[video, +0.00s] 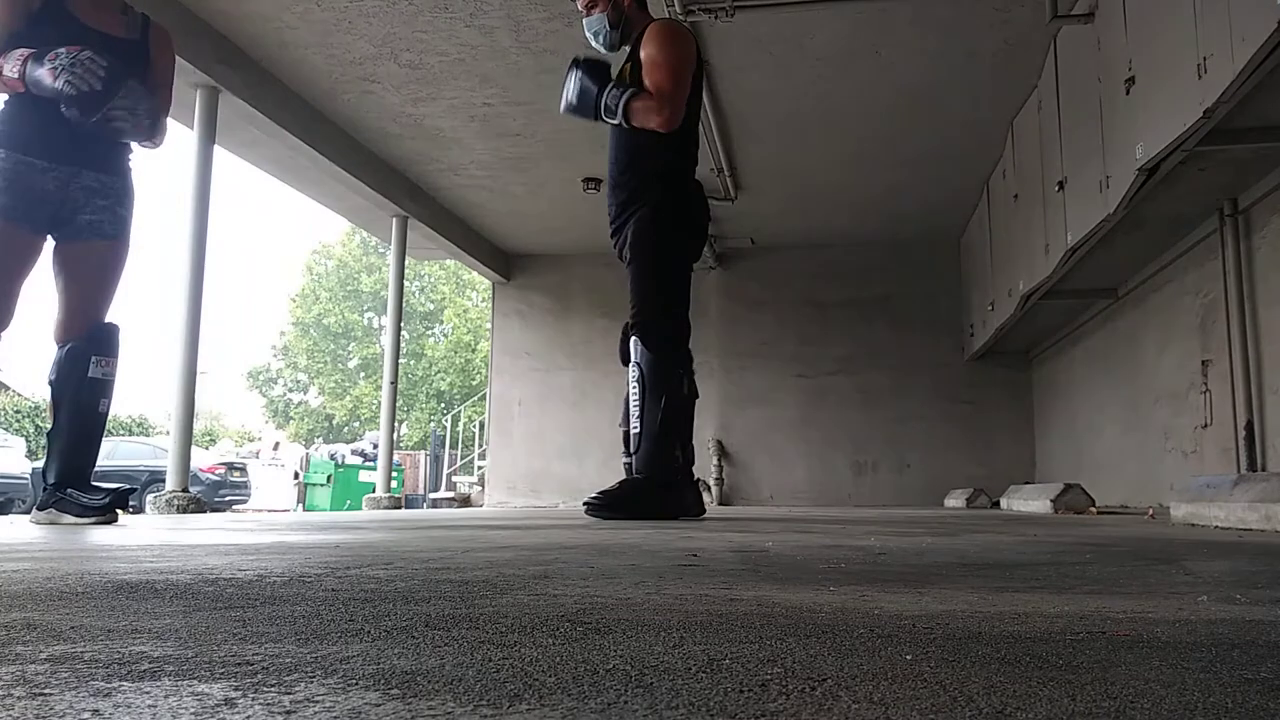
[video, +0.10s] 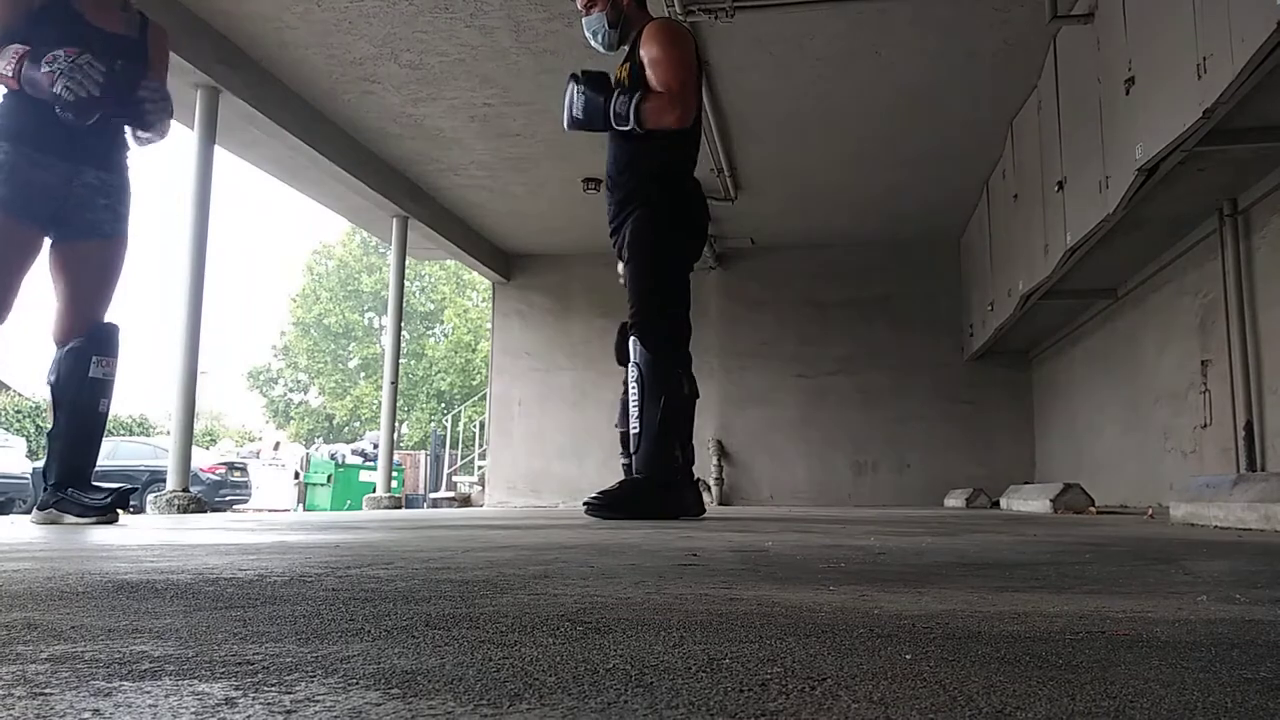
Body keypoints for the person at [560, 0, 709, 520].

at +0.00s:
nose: (588, 21)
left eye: (591, 9)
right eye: (584, 14)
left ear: (623, 1)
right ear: (616, 9)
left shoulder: (663, 35)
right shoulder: (640, 52)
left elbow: (663, 113)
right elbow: (651, 124)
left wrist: (603, 97)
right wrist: (606, 94)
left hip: (662, 214)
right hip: (646, 217)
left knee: (654, 342)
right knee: (659, 344)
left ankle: (655, 480)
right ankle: (671, 479)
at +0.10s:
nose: (587, 19)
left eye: (591, 7)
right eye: (584, 12)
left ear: (621, 2)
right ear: (616, 9)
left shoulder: (660, 34)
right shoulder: (638, 52)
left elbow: (677, 109)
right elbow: (659, 114)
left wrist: (609, 106)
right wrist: (605, 98)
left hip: (660, 215)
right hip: (646, 217)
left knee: (654, 343)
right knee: (657, 344)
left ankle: (656, 480)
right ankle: (670, 479)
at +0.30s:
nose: (587, 16)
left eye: (590, 6)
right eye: (584, 10)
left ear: (619, 0)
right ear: (614, 9)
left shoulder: (658, 32)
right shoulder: (636, 53)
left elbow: (683, 106)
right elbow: (642, 155)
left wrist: (614, 109)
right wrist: (616, 229)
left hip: (660, 212)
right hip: (645, 215)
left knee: (653, 342)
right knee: (655, 342)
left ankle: (657, 481)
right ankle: (669, 479)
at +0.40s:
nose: (590, 21)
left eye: (591, 10)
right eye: (587, 15)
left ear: (616, 3)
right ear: (613, 10)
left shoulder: (655, 31)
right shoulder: (636, 52)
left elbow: (681, 106)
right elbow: (648, 155)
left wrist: (610, 107)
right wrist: (613, 216)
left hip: (659, 211)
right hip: (646, 213)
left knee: (649, 342)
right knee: (656, 344)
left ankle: (655, 480)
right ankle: (671, 479)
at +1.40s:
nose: (543, 27)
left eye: (551, 14)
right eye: (539, 19)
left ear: (585, 8)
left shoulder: (618, 47)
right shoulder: (581, 73)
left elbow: (590, 112)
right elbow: (541, 140)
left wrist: (535, 57)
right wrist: (515, 75)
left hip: (605, 218)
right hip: (596, 223)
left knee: (537, 309)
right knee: (600, 354)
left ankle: (527, 455)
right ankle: (638, 482)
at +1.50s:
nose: (529, 31)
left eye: (536, 18)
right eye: (525, 23)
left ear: (570, 10)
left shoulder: (603, 54)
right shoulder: (573, 79)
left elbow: (570, 120)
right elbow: (530, 151)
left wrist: (519, 69)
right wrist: (502, 92)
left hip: (595, 230)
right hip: (578, 233)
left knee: (527, 323)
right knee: (580, 366)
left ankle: (524, 469)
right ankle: (633, 481)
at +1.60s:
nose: (514, 24)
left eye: (520, 11)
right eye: (509, 16)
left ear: (555, 8)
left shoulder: (596, 52)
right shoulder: (556, 79)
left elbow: (552, 113)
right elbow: (506, 146)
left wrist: (505, 56)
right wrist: (478, 87)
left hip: (592, 229)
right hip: (565, 233)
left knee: (520, 322)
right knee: (561, 362)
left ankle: (525, 475)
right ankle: (628, 478)